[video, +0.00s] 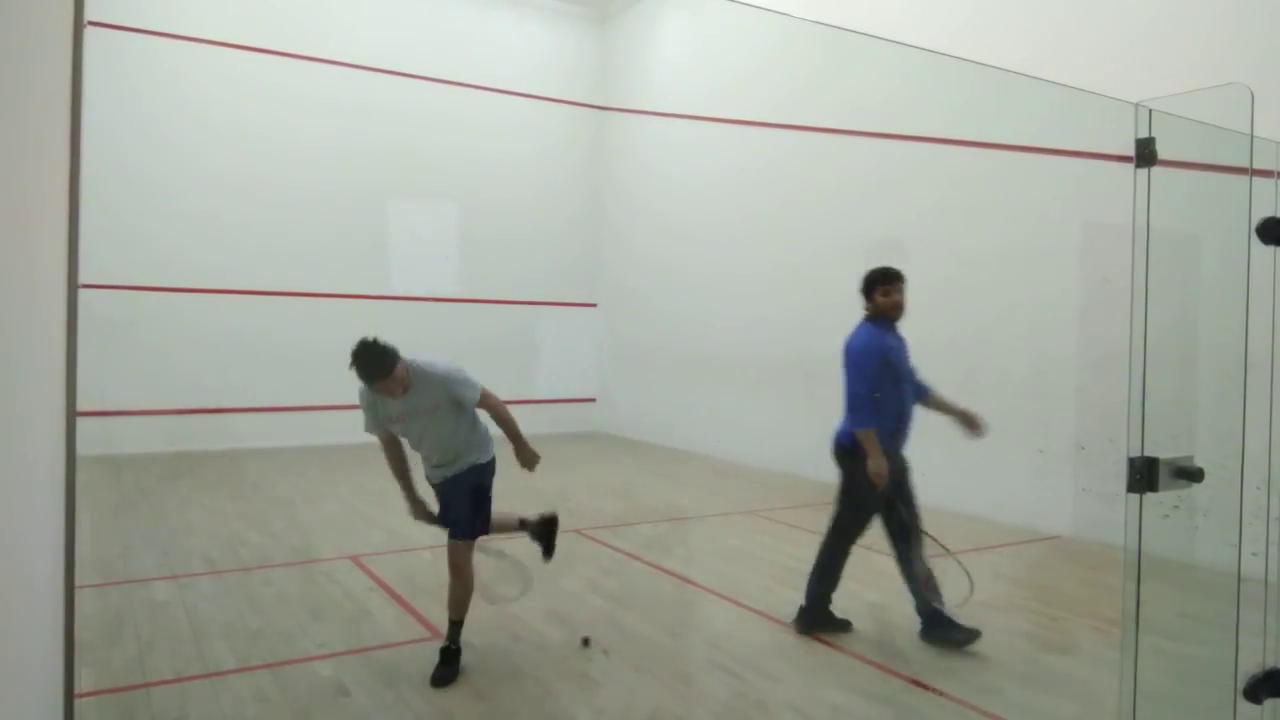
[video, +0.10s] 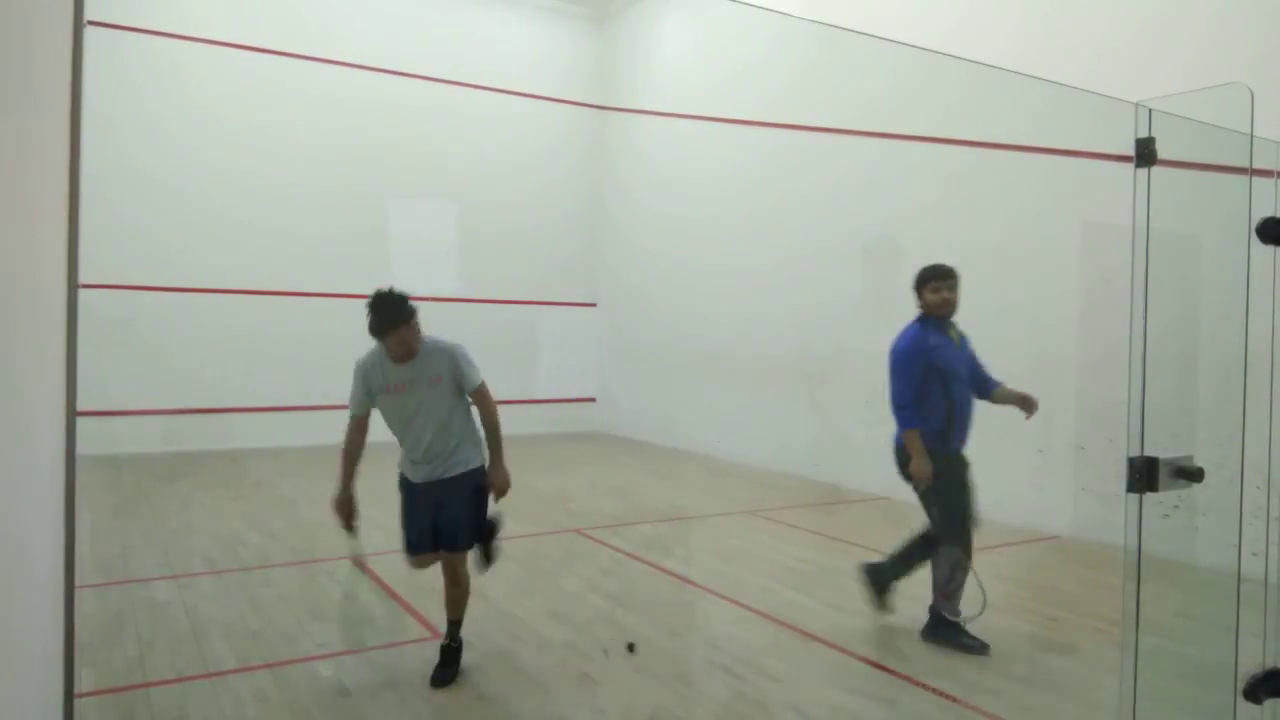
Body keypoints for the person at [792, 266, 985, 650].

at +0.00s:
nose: (896, 299)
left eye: (899, 292)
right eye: (887, 293)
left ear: (903, 298)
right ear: (870, 299)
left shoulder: (891, 340)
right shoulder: (863, 343)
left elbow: (912, 389)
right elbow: (858, 408)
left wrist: (957, 412)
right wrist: (874, 454)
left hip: (887, 452)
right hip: (862, 451)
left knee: (907, 535)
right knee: (843, 534)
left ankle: (934, 618)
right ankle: (813, 610)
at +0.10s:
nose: (943, 296)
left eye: (949, 290)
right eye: (934, 291)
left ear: (957, 295)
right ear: (919, 297)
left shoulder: (953, 337)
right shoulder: (910, 343)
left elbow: (979, 384)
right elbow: (903, 408)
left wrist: (1014, 398)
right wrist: (917, 455)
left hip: (948, 451)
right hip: (924, 452)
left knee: (953, 529)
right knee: (952, 533)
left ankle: (883, 573)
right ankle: (942, 620)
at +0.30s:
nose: (997, 304)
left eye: (1006, 297)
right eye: (990, 298)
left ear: (1021, 301)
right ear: (981, 304)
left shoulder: (1047, 347)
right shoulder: (965, 352)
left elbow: (1064, 402)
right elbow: (950, 406)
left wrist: (1061, 452)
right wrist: (953, 455)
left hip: (1035, 461)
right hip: (985, 460)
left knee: (1045, 538)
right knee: (987, 538)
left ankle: (1031, 604)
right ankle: (982, 619)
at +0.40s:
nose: (992, 303)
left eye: (1001, 296)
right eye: (985, 297)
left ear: (1018, 299)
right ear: (978, 302)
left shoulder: (1050, 342)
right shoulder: (968, 351)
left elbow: (1082, 387)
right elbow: (957, 404)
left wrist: (1088, 442)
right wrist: (952, 452)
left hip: (1041, 462)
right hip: (988, 462)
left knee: (1043, 541)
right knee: (983, 547)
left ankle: (1034, 602)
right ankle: (987, 630)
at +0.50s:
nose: (969, 317)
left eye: (977, 309)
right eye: (963, 311)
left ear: (997, 305)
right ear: (958, 312)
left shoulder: (1036, 344)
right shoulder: (957, 354)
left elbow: (1067, 397)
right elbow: (951, 408)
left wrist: (1075, 457)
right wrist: (944, 457)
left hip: (1034, 463)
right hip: (981, 465)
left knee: (1051, 542)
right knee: (977, 548)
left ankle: (1050, 598)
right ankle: (986, 632)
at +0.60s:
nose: (952, 334)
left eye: (957, 325)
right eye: (945, 329)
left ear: (978, 315)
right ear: (940, 328)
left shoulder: (1021, 347)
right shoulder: (952, 358)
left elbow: (1046, 405)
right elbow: (958, 408)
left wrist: (1037, 463)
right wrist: (954, 454)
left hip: (1030, 462)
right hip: (983, 464)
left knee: (1031, 548)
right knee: (975, 546)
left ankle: (1059, 642)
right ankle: (987, 634)